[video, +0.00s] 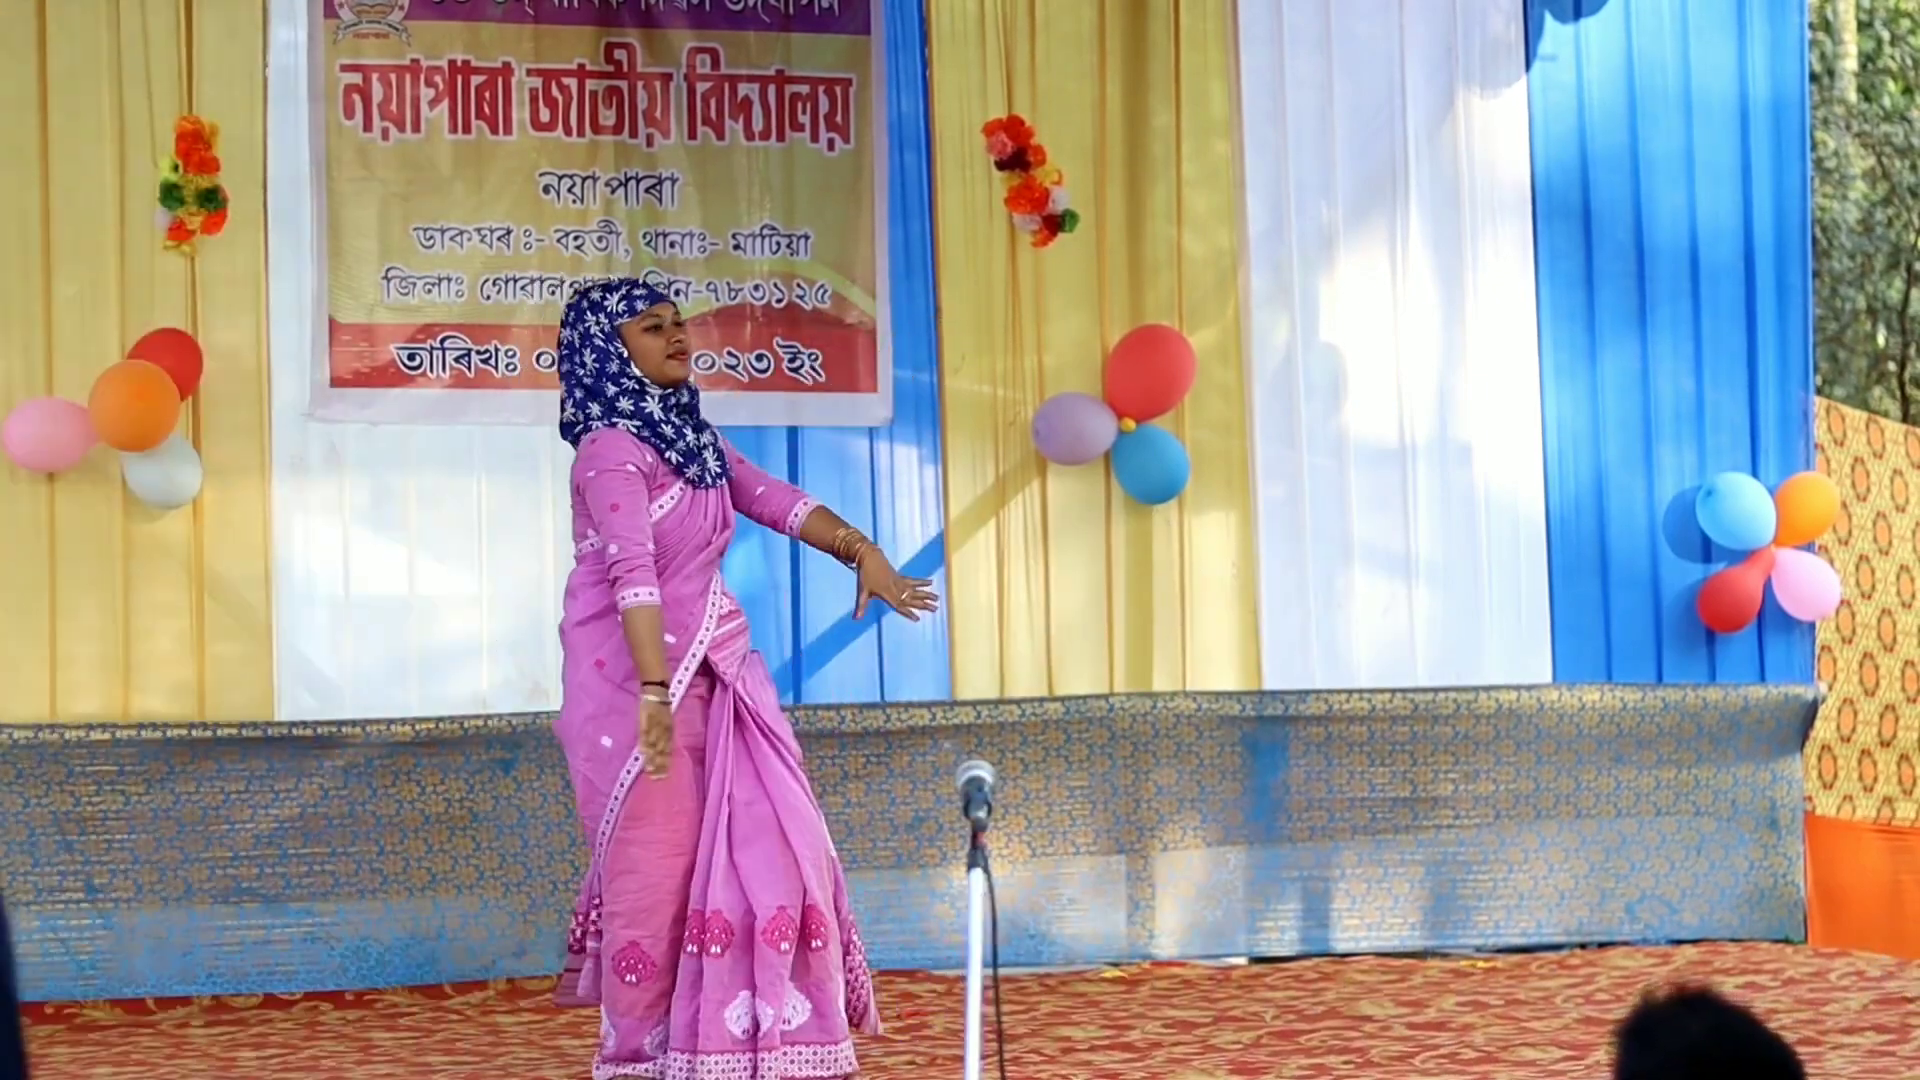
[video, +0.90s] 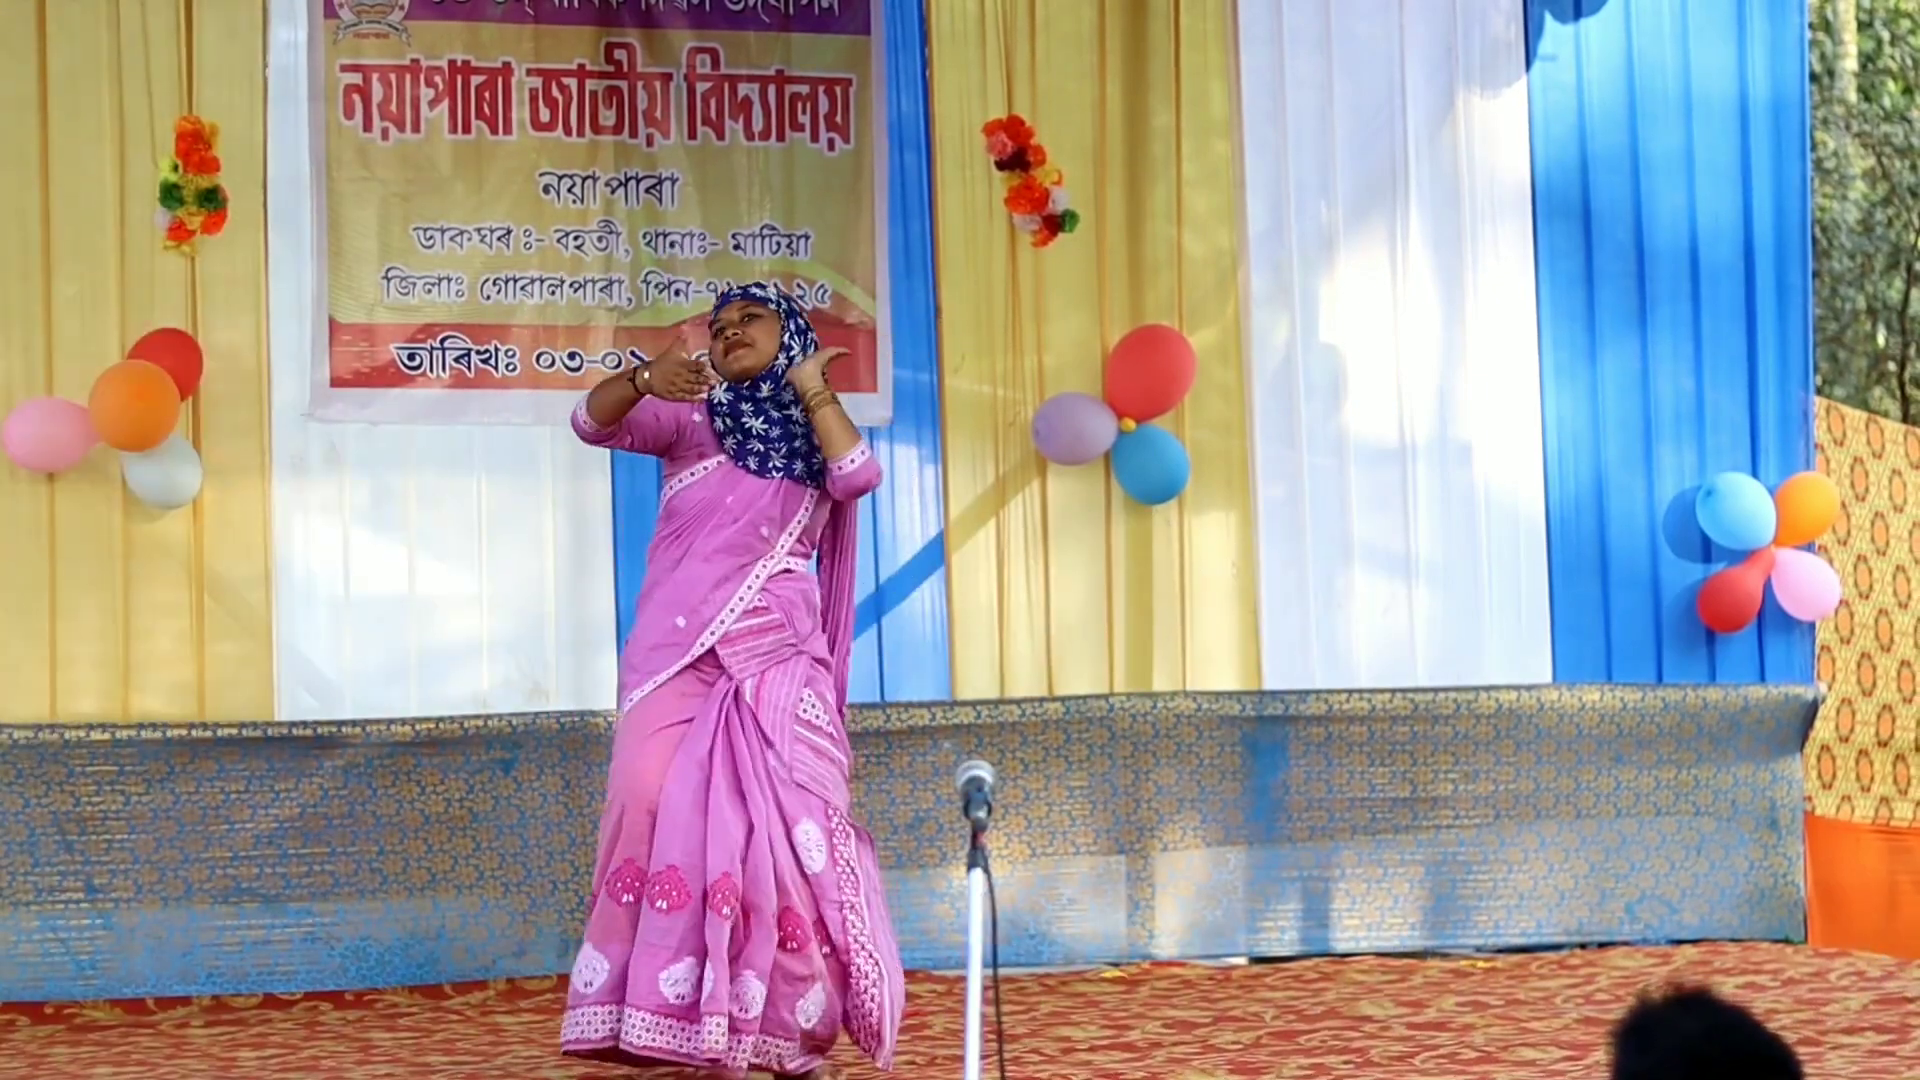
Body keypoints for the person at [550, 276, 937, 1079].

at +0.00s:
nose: (679, 339)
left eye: (677, 326)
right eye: (657, 330)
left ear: (678, 341)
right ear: (611, 353)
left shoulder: (689, 435)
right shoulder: (612, 450)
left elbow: (772, 498)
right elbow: (632, 576)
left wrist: (862, 550)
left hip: (711, 669)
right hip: (631, 678)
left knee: (760, 839)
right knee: (659, 857)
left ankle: (759, 1041)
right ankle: (642, 1049)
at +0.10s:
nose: (682, 337)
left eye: (682, 325)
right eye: (657, 331)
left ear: (694, 340)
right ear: (617, 359)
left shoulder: (709, 442)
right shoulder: (615, 450)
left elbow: (798, 514)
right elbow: (572, 568)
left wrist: (890, 576)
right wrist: (541, 680)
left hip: (714, 690)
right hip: (625, 700)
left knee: (771, 856)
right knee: (647, 884)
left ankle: (755, 1054)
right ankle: (646, 1060)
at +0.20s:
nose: (691, 304)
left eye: (696, 290)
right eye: (667, 296)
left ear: (711, 303)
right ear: (631, 320)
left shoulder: (743, 410)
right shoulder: (609, 404)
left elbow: (825, 493)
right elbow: (521, 476)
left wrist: (924, 527)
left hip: (733, 653)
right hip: (632, 659)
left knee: (763, 831)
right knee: (643, 852)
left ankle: (759, 1040)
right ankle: (648, 1042)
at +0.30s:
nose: (696, 289)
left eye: (707, 276)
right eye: (675, 280)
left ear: (725, 293)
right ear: (641, 299)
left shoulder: (752, 388)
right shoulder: (614, 385)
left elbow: (829, 480)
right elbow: (524, 466)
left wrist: (925, 472)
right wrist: (455, 434)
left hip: (746, 625)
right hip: (645, 628)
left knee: (777, 805)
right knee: (643, 818)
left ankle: (789, 1015)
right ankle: (643, 1020)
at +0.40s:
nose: (707, 295)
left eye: (720, 283)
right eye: (689, 286)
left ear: (746, 303)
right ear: (660, 309)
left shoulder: (768, 404)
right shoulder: (630, 388)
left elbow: (865, 474)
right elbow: (528, 445)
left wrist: (926, 400)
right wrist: (531, 349)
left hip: (766, 638)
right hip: (663, 639)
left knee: (777, 821)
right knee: (648, 833)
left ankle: (775, 1030)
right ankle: (641, 1038)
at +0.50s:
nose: (714, 295)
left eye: (729, 282)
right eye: (695, 286)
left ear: (757, 300)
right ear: (673, 309)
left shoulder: (781, 402)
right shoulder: (646, 385)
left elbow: (882, 470)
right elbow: (536, 414)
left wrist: (916, 377)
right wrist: (615, 347)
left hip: (772, 626)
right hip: (671, 629)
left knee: (784, 813)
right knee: (664, 816)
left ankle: (787, 1026)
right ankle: (652, 1029)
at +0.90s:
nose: (730, 335)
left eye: (750, 322)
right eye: (720, 327)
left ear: (793, 342)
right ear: (709, 347)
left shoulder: (818, 427)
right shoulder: (689, 420)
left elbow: (857, 478)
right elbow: (592, 422)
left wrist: (814, 388)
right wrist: (641, 378)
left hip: (778, 657)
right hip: (674, 654)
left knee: (791, 825)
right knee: (647, 804)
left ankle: (781, 1021)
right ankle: (654, 1011)